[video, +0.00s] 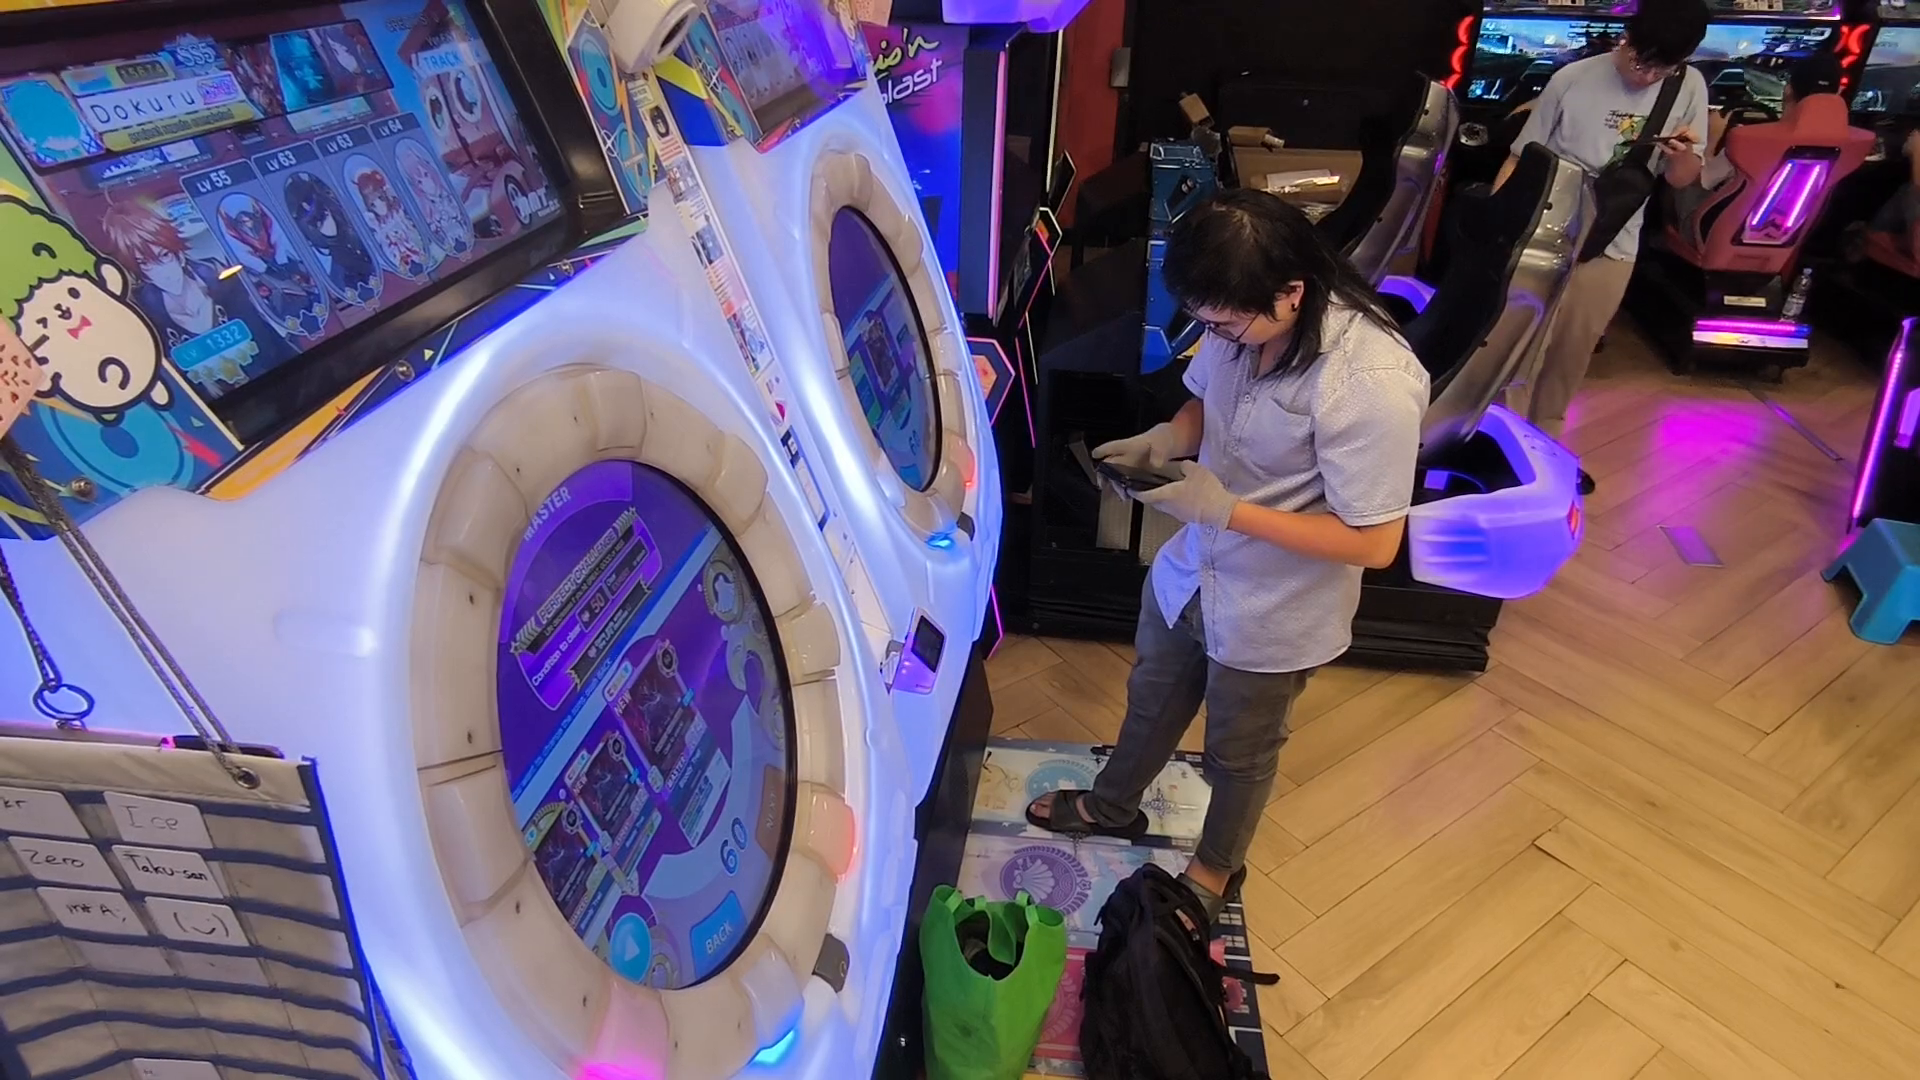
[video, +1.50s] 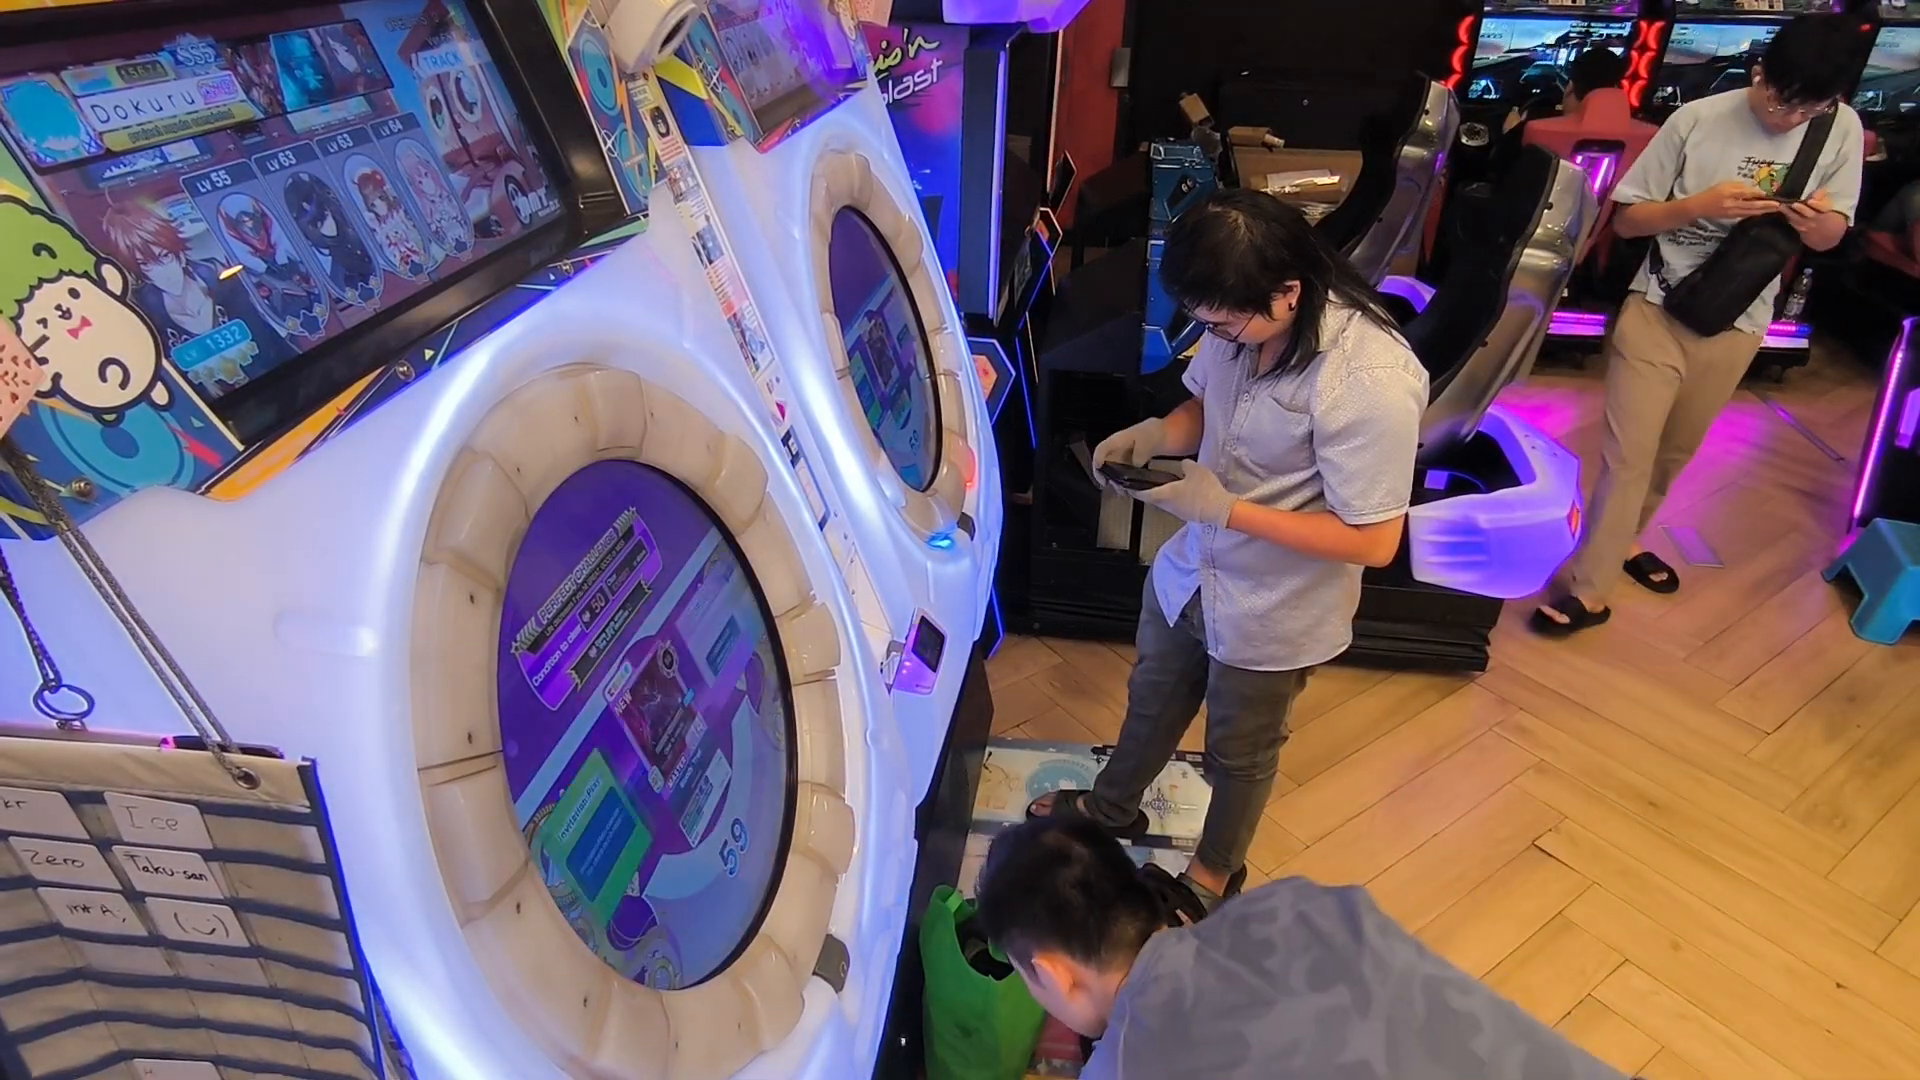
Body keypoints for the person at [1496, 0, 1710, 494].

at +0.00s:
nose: (1649, 75)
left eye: (1663, 68)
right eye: (1642, 61)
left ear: (1680, 57)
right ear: (1625, 38)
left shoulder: (1687, 87)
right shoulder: (1572, 80)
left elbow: (1684, 178)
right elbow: (1520, 158)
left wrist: (1681, 158)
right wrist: (1488, 223)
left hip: (1610, 255)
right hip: (1541, 239)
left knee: (1569, 361)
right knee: (1503, 346)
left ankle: (1540, 452)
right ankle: (1457, 438)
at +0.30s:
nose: (1639, 73)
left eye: (1653, 63)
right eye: (1631, 59)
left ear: (1668, 55)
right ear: (1609, 39)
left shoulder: (1675, 86)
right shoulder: (1556, 86)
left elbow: (1674, 180)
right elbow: (1509, 173)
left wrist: (1674, 159)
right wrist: (1511, 248)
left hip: (1613, 259)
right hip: (1541, 250)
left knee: (1601, 373)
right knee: (1512, 373)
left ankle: (1551, 462)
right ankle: (1495, 469)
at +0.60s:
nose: (1662, 84)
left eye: (1675, 75)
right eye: (1653, 71)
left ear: (1689, 66)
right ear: (1627, 50)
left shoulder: (1695, 95)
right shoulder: (1574, 94)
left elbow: (1689, 187)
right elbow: (1522, 176)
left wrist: (1691, 178)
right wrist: (1593, 170)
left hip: (1631, 278)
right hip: (1559, 270)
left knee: (1620, 399)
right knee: (1521, 386)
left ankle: (1614, 521)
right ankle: (1490, 500)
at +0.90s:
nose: (1729, 96)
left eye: (1745, 88)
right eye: (1721, 80)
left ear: (1764, 77)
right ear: (1703, 55)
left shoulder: (1768, 110)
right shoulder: (1638, 100)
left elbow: (1743, 217)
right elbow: (1589, 191)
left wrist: (1756, 201)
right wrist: (1663, 182)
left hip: (1684, 294)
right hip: (1606, 280)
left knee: (1648, 422)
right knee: (1548, 397)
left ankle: (1616, 534)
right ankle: (1497, 499)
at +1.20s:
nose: (1783, 99)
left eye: (1801, 92)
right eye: (1778, 81)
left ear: (1826, 87)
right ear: (1760, 55)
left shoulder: (1830, 123)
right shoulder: (1692, 102)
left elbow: (1810, 225)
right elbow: (1618, 197)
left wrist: (1810, 211)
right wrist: (1700, 188)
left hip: (1719, 310)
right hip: (1641, 286)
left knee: (1663, 431)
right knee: (1597, 419)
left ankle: (1618, 534)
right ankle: (1556, 523)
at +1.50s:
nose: (1785, 115)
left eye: (1804, 107)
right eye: (1780, 97)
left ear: (1828, 98)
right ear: (1761, 70)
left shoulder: (1840, 132)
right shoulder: (1696, 121)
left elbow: (1832, 235)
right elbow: (1624, 219)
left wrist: (1820, 227)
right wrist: (1697, 207)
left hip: (1736, 330)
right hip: (1656, 310)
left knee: (1674, 452)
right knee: (1628, 456)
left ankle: (1624, 543)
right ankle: (1586, 592)